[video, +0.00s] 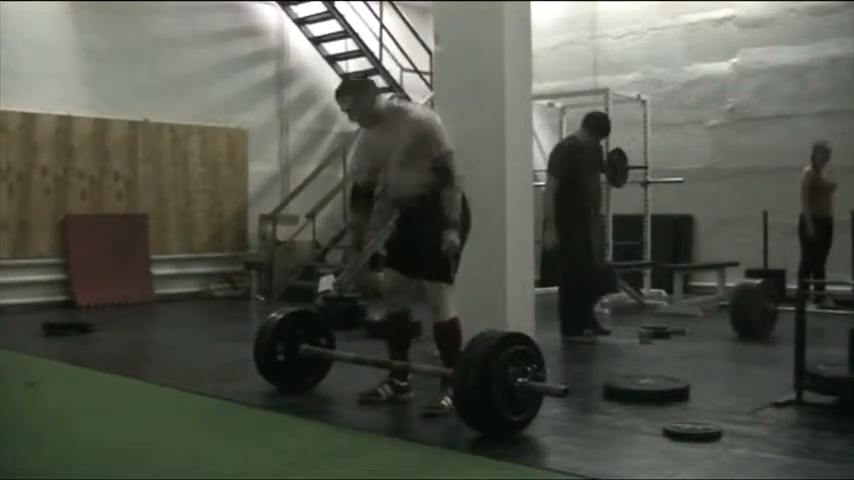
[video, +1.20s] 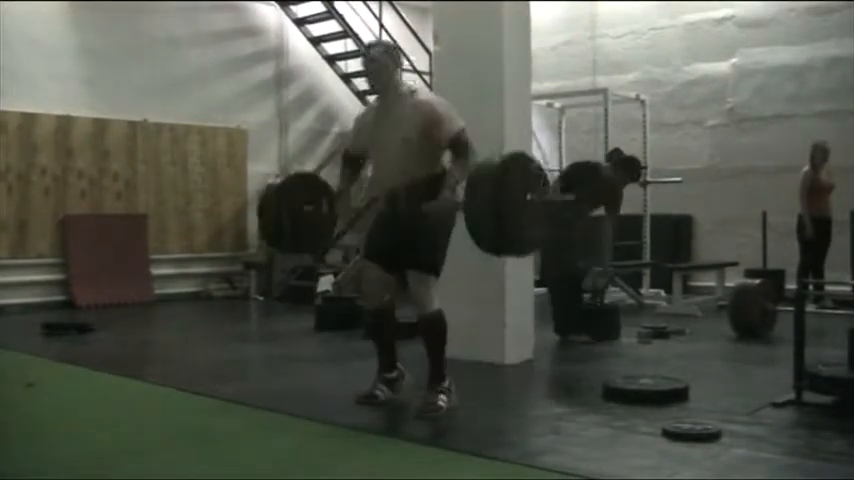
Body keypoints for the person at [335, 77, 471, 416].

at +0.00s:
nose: (351, 117)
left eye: (353, 108)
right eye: (347, 112)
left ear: (371, 96)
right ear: (349, 110)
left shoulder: (421, 122)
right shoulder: (368, 141)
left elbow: (448, 175)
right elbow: (361, 197)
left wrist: (452, 227)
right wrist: (355, 249)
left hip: (438, 213)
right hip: (402, 217)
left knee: (439, 299)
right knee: (395, 297)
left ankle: (451, 386)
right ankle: (399, 379)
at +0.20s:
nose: (342, 167)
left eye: (342, 158)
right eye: (337, 161)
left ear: (358, 148)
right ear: (344, 156)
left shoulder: (408, 168)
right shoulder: (361, 179)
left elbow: (433, 224)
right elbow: (355, 232)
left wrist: (443, 274)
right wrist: (352, 274)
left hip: (449, 233)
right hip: (406, 237)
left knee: (430, 307)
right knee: (382, 300)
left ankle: (446, 388)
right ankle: (398, 379)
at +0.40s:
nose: (343, 220)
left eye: (345, 212)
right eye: (340, 214)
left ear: (361, 204)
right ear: (343, 211)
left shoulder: (411, 226)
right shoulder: (357, 229)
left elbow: (432, 286)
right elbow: (354, 279)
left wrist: (440, 331)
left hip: (449, 270)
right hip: (402, 273)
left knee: (416, 327)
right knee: (371, 320)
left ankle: (442, 387)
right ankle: (397, 381)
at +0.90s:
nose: (334, 185)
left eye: (338, 177)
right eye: (332, 178)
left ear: (358, 171)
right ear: (335, 175)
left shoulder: (410, 191)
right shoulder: (352, 199)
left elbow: (447, 245)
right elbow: (349, 250)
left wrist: (443, 298)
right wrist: (351, 298)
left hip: (444, 233)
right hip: (403, 242)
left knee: (429, 311)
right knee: (381, 306)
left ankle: (442, 389)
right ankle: (395, 380)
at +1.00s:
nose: (332, 158)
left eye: (336, 150)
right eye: (330, 151)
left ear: (357, 146)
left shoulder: (394, 166)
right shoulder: (355, 177)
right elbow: (355, 224)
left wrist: (447, 270)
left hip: (441, 221)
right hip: (404, 230)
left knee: (430, 302)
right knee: (386, 300)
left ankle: (443, 388)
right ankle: (396, 379)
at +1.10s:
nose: (349, 102)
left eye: (356, 95)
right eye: (348, 96)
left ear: (376, 95)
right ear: (355, 99)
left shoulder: (410, 128)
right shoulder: (360, 139)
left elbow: (455, 169)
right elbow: (351, 187)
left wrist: (451, 221)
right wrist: (345, 226)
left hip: (428, 223)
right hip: (391, 225)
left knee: (424, 301)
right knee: (376, 296)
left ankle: (441, 387)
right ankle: (394, 381)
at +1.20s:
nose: (368, 71)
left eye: (375, 64)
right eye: (365, 65)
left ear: (395, 63)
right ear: (366, 71)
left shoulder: (427, 107)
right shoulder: (368, 118)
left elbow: (464, 151)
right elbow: (351, 162)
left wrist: (450, 189)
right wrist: (341, 199)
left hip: (429, 209)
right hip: (388, 212)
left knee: (420, 292)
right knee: (374, 290)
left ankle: (439, 384)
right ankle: (389, 375)